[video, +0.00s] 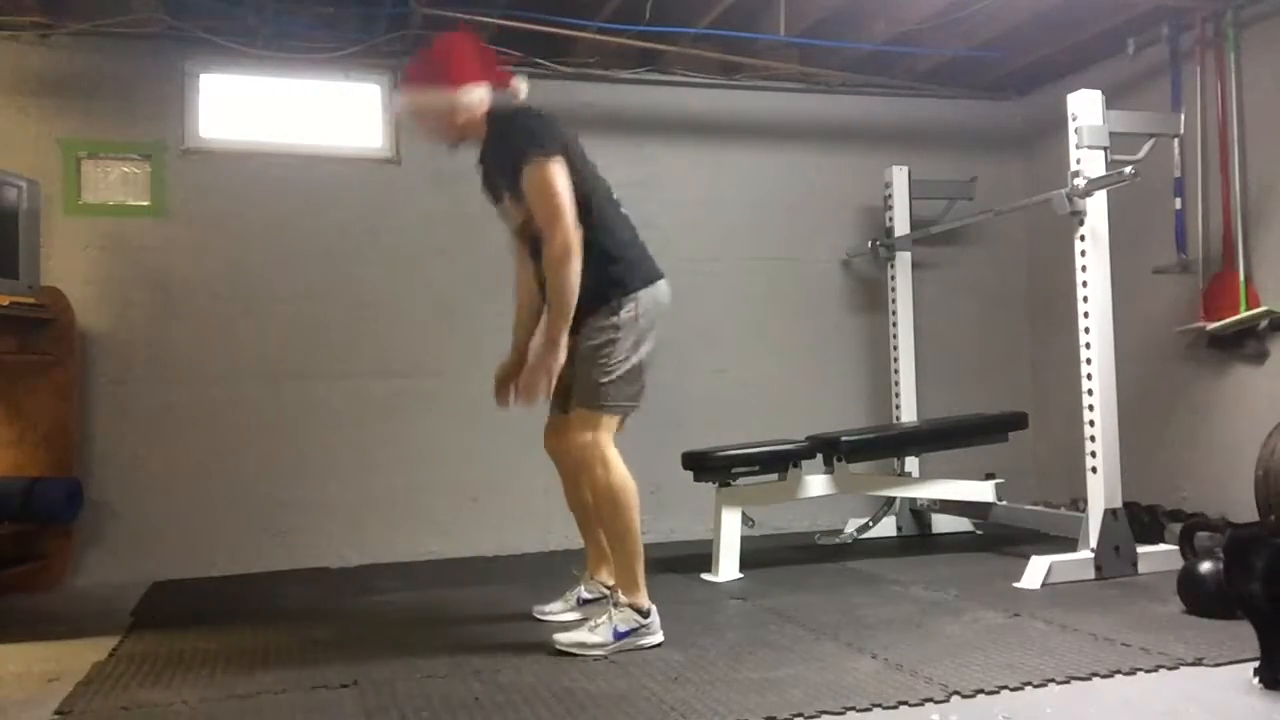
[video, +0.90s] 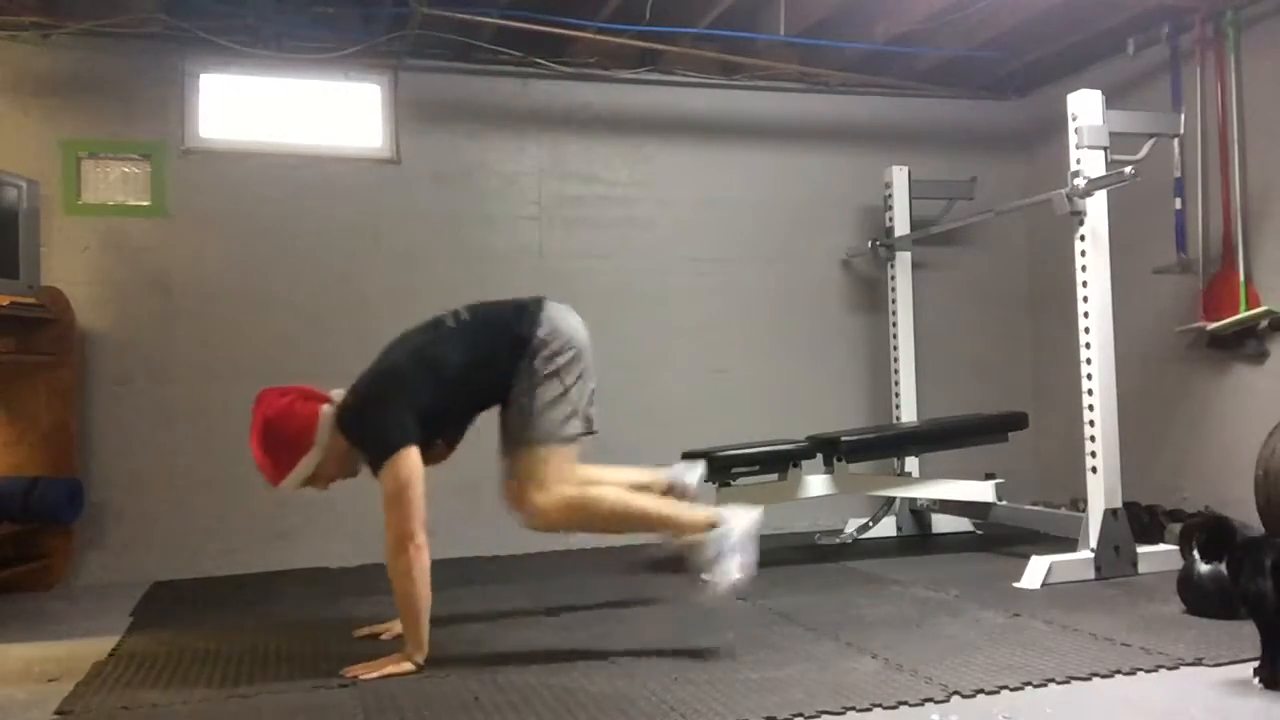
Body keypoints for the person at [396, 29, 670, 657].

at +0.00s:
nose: (432, 123)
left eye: (435, 107)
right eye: (425, 111)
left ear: (470, 93)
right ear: (457, 102)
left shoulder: (523, 131)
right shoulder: (494, 156)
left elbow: (564, 240)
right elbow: (528, 254)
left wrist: (552, 343)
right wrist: (521, 347)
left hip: (623, 296)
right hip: (588, 306)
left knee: (590, 441)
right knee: (563, 440)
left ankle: (638, 607)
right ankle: (603, 581)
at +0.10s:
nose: (405, 184)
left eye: (410, 165)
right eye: (400, 170)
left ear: (447, 152)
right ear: (446, 156)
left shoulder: (510, 191)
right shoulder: (485, 208)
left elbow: (542, 309)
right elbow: (511, 310)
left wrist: (532, 410)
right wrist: (506, 407)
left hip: (643, 311)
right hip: (608, 318)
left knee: (579, 442)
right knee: (552, 440)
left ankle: (637, 607)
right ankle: (604, 583)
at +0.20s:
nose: (398, 262)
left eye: (402, 245)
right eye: (390, 248)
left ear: (435, 228)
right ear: (439, 229)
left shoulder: (498, 257)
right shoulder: (477, 272)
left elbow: (515, 387)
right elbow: (492, 388)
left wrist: (494, 493)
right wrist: (480, 483)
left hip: (652, 331)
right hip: (617, 338)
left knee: (562, 451)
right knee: (540, 449)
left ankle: (635, 607)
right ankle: (602, 583)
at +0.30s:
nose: (395, 341)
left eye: (395, 326)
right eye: (387, 330)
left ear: (422, 303)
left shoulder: (491, 322)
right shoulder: (471, 331)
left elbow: (484, 449)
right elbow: (471, 448)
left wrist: (464, 555)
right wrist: (452, 546)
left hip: (652, 364)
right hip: (619, 366)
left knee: (539, 465)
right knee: (523, 464)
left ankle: (632, 608)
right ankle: (606, 589)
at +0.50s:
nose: (373, 428)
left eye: (373, 412)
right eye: (365, 417)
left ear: (400, 390)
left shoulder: (461, 404)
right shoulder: (445, 410)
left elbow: (453, 537)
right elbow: (440, 525)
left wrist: (426, 649)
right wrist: (423, 615)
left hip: (630, 436)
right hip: (609, 433)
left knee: (494, 497)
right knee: (493, 488)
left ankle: (619, 595)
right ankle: (591, 586)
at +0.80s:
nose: (350, 476)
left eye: (339, 467)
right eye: (337, 473)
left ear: (344, 436)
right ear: (347, 417)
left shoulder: (402, 414)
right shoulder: (394, 408)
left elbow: (422, 541)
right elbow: (418, 533)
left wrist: (421, 651)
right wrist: (415, 617)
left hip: (563, 347)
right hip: (560, 341)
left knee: (488, 488)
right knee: (496, 483)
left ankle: (634, 569)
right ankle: (607, 557)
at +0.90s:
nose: (318, 483)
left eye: (308, 471)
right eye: (304, 479)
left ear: (319, 431)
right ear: (318, 418)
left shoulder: (379, 416)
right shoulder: (375, 410)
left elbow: (410, 541)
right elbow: (404, 532)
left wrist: (416, 651)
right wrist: (413, 616)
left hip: (544, 339)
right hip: (532, 345)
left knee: (541, 502)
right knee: (537, 492)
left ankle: (715, 526)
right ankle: (669, 484)